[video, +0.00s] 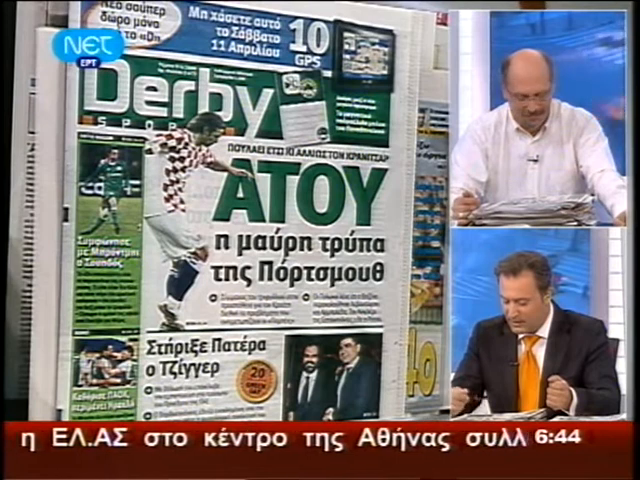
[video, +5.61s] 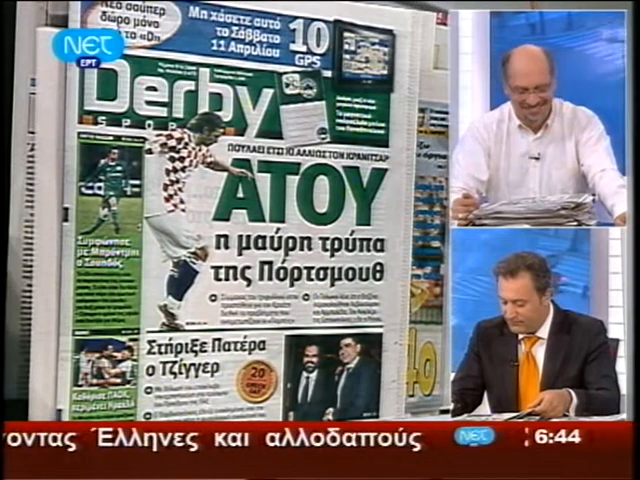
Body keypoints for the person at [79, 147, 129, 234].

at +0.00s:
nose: (115, 156)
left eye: (116, 154)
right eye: (113, 154)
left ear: (118, 155)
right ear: (109, 154)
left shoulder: (122, 165)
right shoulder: (104, 165)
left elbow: (126, 176)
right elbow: (95, 174)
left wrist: (127, 186)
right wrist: (85, 182)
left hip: (118, 190)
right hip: (108, 189)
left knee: (105, 213)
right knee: (113, 205)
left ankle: (91, 230)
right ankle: (116, 225)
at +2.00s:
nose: (115, 156)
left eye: (116, 154)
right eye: (113, 154)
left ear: (118, 155)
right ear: (109, 155)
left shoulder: (122, 165)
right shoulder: (104, 165)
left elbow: (126, 177)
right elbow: (95, 174)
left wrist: (127, 186)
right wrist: (85, 182)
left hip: (118, 190)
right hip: (108, 189)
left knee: (105, 213)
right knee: (113, 205)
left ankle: (91, 230)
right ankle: (116, 226)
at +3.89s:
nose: (115, 156)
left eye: (116, 154)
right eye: (113, 154)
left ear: (118, 155)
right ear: (109, 154)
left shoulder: (122, 165)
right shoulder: (104, 165)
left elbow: (126, 177)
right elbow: (95, 175)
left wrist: (127, 187)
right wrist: (85, 182)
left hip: (118, 190)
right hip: (108, 189)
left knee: (105, 213)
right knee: (113, 205)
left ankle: (91, 230)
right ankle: (116, 225)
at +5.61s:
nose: (115, 156)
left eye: (116, 154)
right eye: (113, 153)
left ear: (118, 155)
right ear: (109, 154)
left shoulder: (122, 166)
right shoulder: (104, 165)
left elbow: (126, 177)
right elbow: (95, 174)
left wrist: (127, 187)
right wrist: (86, 182)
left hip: (118, 190)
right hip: (108, 189)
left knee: (105, 213)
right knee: (113, 206)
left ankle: (91, 230)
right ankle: (116, 226)